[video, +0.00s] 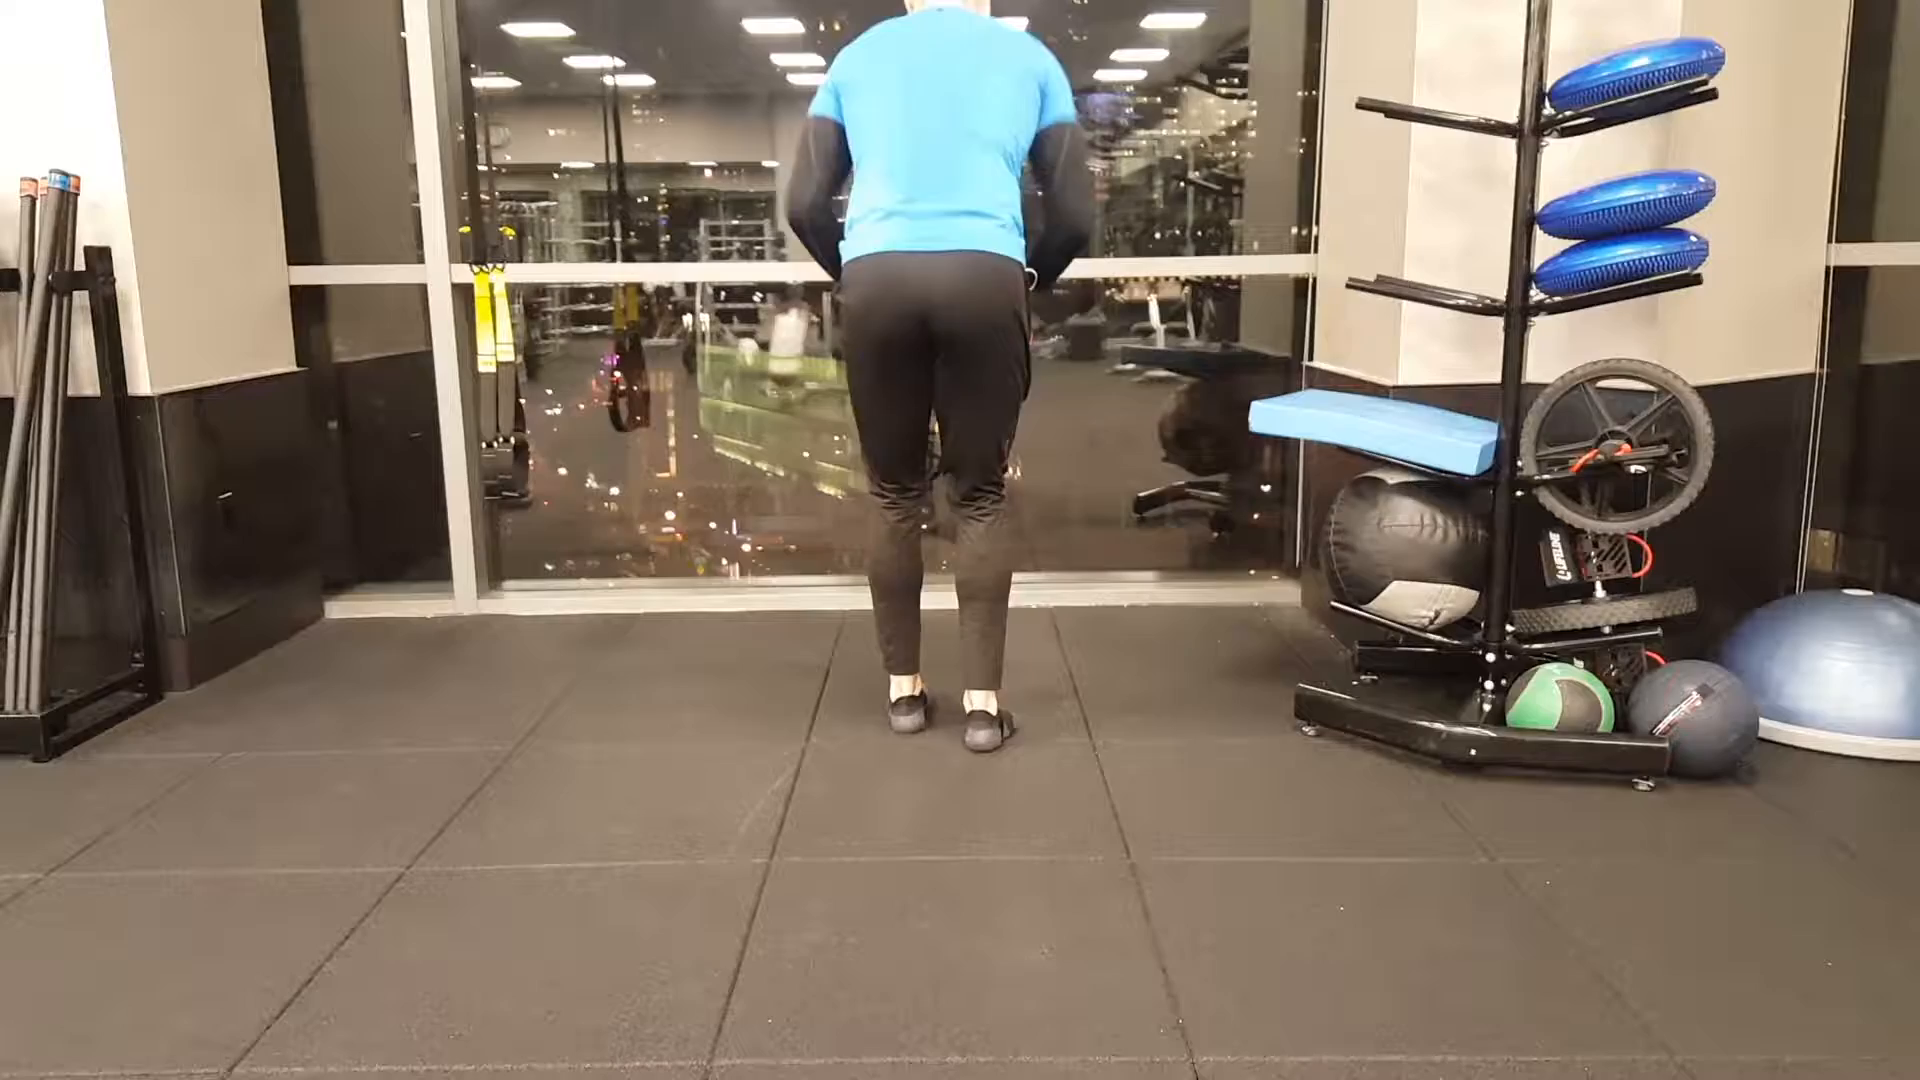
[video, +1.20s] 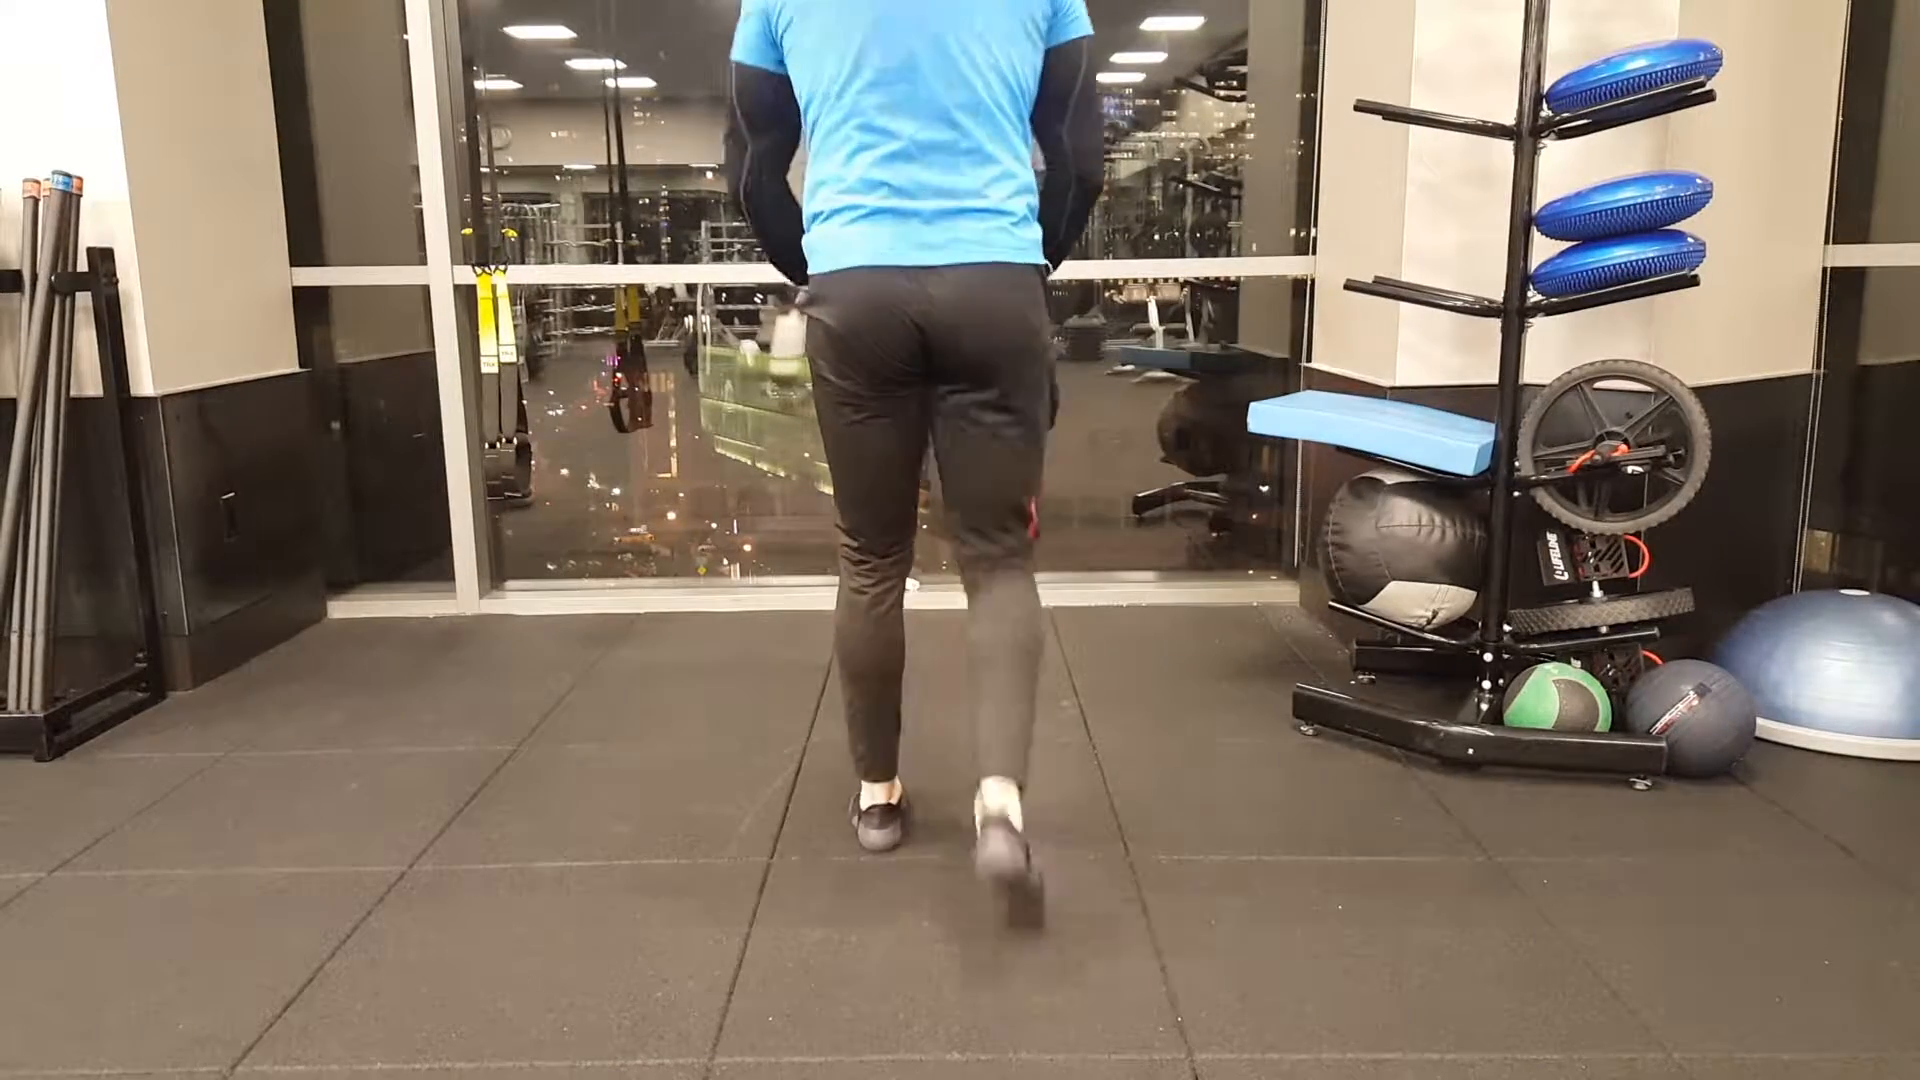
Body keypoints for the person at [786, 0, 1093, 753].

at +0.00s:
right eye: (1006, 15)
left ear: (910, 5)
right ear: (988, 7)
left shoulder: (857, 54)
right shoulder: (1031, 55)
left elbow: (803, 205)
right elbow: (1075, 218)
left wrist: (854, 275)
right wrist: (1030, 280)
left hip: (876, 275)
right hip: (983, 272)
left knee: (895, 494)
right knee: (979, 496)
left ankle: (904, 692)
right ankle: (982, 708)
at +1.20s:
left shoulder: (783, 5)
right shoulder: (1042, 3)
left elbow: (756, 175)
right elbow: (1078, 163)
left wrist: (821, 278)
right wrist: (1025, 265)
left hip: (855, 283)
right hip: (996, 280)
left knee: (872, 554)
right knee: (999, 554)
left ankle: (878, 798)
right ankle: (1001, 801)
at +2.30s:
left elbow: (735, 133)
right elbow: (1116, 131)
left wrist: (866, 141)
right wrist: (994, 144)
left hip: (844, 262)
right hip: (1026, 265)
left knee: (851, 641)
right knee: (1035, 632)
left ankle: (855, 949)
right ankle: (1060, 952)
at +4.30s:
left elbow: (766, 118)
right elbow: (1154, 114)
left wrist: (891, 84)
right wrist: (1034, 101)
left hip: (875, 273)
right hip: (1055, 268)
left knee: (859, 644)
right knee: (1072, 631)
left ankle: (846, 955)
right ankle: (1103, 952)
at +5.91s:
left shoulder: (771, 4)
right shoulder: (1131, 2)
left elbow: (773, 167)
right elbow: (1138, 161)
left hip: (855, 311)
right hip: (1067, 312)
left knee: (842, 666)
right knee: (1086, 664)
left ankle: (839, 955)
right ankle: (1105, 959)